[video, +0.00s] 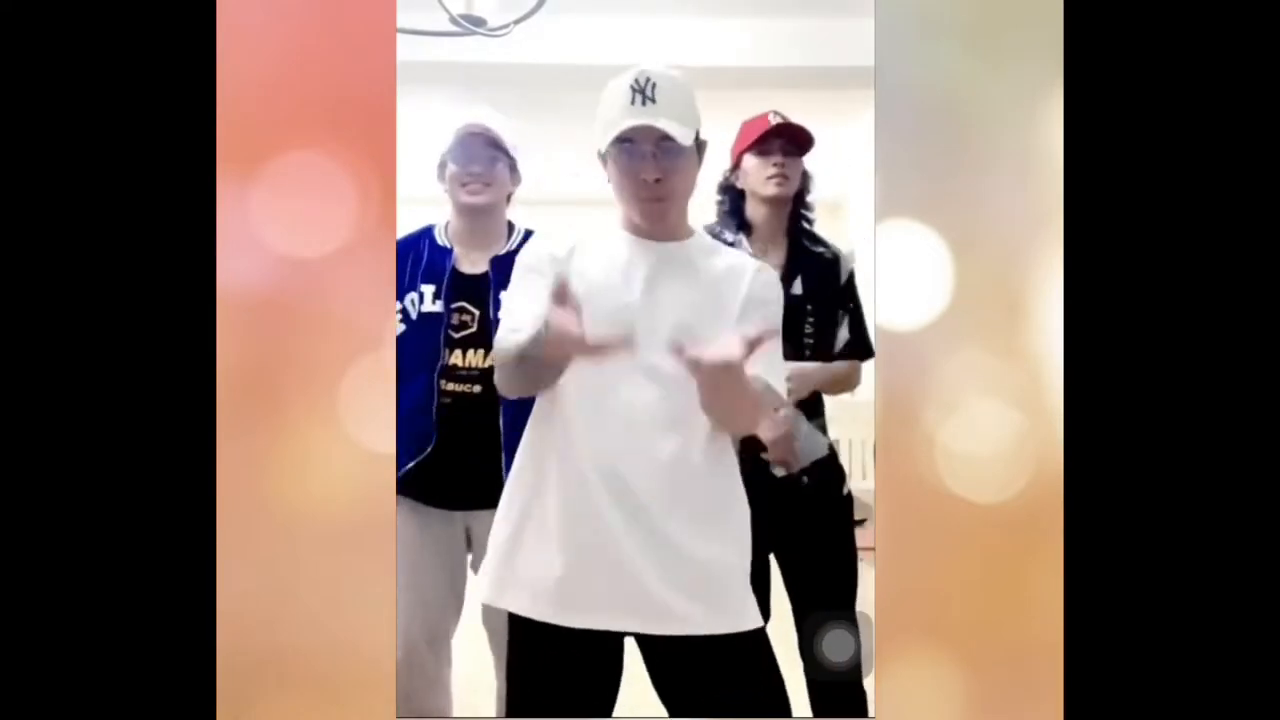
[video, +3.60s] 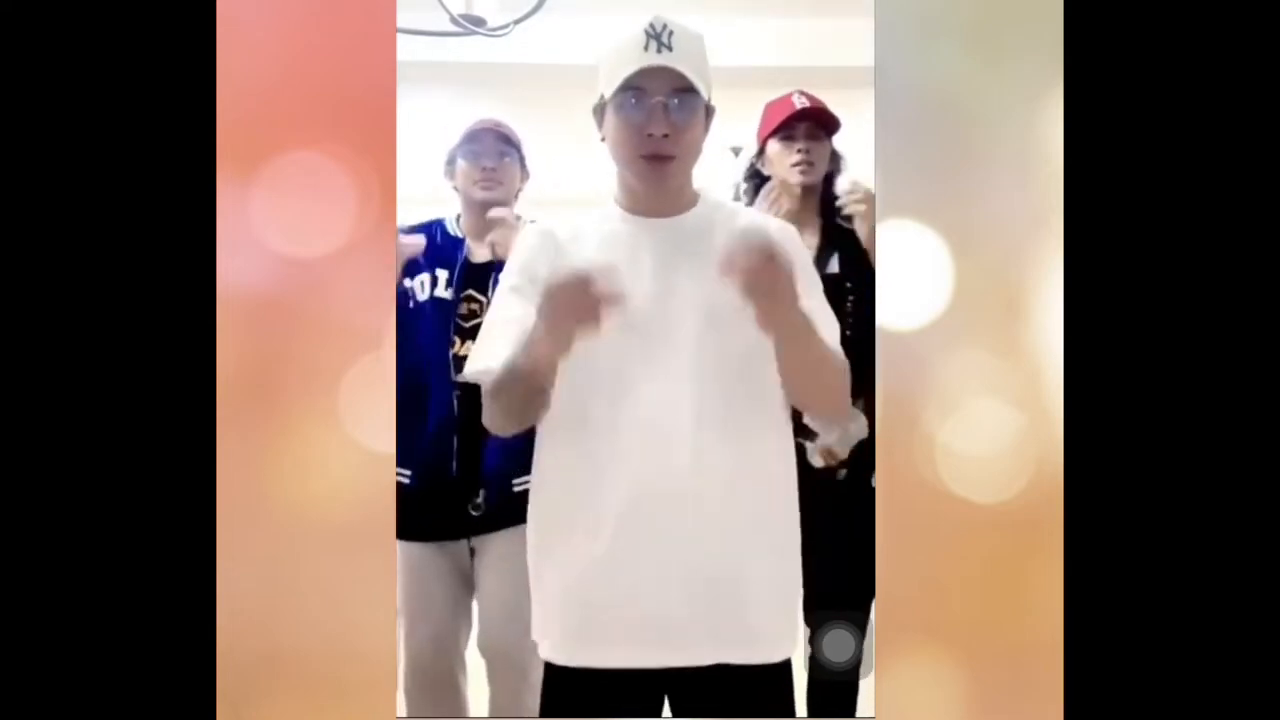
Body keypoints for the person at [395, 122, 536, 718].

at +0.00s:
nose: (475, 168)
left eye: (490, 159)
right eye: (462, 158)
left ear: (514, 178)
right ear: (442, 177)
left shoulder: (543, 261)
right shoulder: (402, 259)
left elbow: (567, 368)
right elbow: (363, 349)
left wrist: (559, 469)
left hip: (513, 484)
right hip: (420, 483)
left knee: (519, 652)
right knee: (417, 650)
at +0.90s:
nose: (524, 209)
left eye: (536, 198)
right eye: (515, 194)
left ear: (551, 203)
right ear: (486, 187)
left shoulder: (570, 273)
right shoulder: (432, 264)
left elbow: (613, 365)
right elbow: (395, 368)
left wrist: (570, 390)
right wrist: (397, 463)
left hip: (544, 496)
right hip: (455, 494)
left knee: (541, 661)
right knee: (439, 655)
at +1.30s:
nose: (527, 192)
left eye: (540, 178)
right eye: (514, 175)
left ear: (552, 184)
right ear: (479, 173)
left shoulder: (562, 264)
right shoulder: (417, 253)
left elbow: (588, 381)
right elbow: (377, 375)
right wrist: (385, 498)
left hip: (544, 493)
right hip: (453, 493)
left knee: (530, 666)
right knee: (439, 665)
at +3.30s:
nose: (495, 162)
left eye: (510, 154)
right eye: (481, 153)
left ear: (531, 179)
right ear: (457, 174)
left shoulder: (553, 268)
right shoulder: (408, 268)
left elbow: (581, 383)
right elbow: (370, 381)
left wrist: (561, 482)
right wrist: (381, 477)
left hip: (529, 506)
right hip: (436, 510)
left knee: (527, 673)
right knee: (436, 676)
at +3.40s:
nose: (491, 170)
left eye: (506, 161)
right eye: (477, 161)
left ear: (527, 183)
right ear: (452, 181)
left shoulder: (554, 264)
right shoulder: (404, 266)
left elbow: (579, 381)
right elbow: (369, 380)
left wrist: (565, 482)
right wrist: (378, 481)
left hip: (523, 503)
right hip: (426, 505)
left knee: (520, 661)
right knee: (427, 667)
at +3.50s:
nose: (490, 167)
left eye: (504, 158)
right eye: (475, 158)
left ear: (525, 181)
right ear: (451, 178)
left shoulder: (555, 261)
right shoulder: (402, 260)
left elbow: (580, 372)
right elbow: (348, 347)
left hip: (521, 504)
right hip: (424, 505)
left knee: (518, 661)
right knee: (425, 667)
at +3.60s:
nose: (488, 165)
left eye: (502, 156)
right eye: (475, 156)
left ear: (525, 175)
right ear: (451, 173)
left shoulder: (543, 255)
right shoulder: (411, 249)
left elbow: (571, 341)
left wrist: (523, 256)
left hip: (515, 489)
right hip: (424, 489)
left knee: (511, 651)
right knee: (428, 656)